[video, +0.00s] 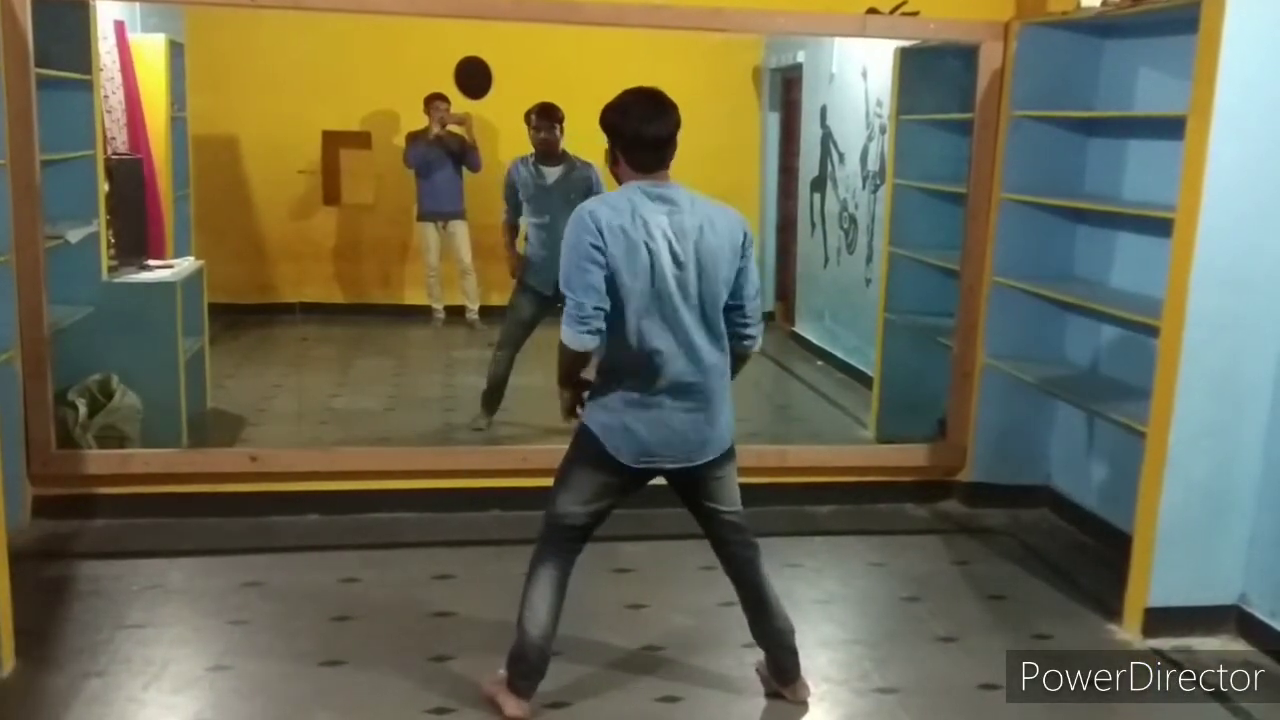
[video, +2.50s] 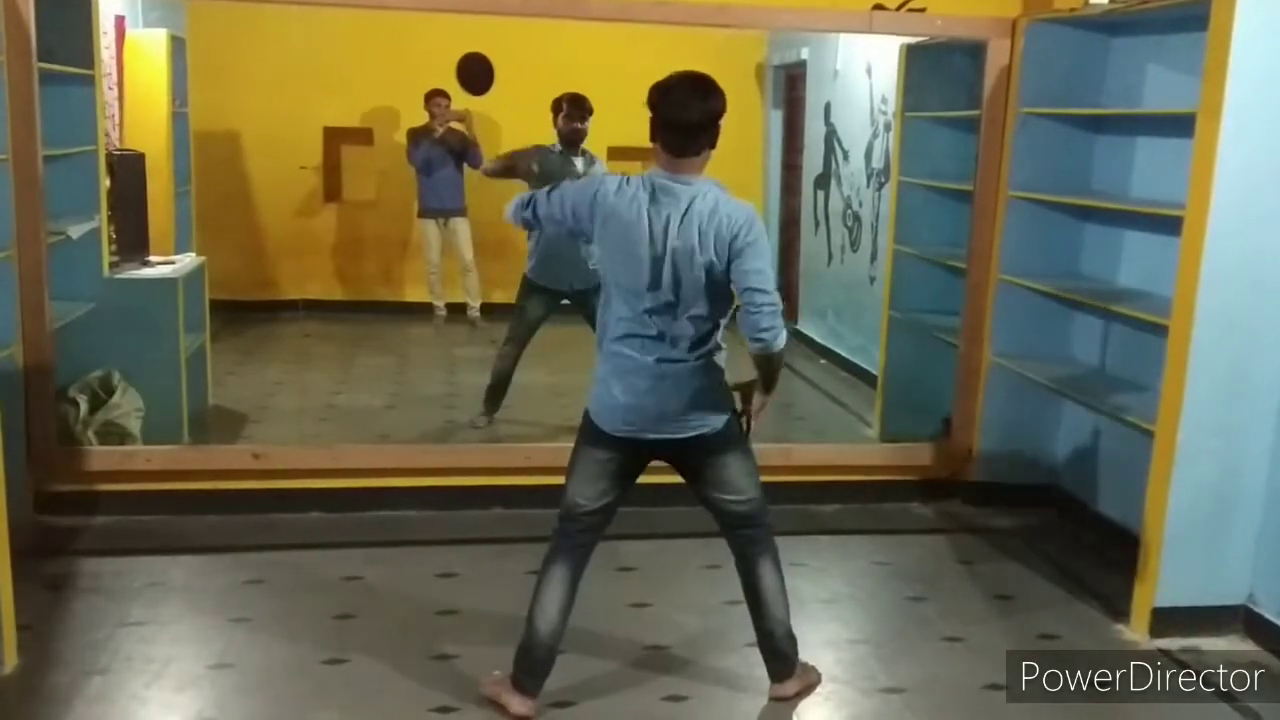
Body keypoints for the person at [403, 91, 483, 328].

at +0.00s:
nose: (441, 114)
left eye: (445, 109)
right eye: (436, 109)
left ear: (450, 113)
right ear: (427, 112)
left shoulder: (456, 140)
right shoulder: (416, 138)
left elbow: (475, 165)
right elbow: (411, 161)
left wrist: (469, 133)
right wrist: (431, 136)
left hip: (455, 212)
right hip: (428, 214)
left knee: (466, 264)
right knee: (432, 266)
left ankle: (472, 313)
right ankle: (437, 312)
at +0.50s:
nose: (441, 113)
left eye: (445, 109)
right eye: (436, 108)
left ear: (450, 112)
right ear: (428, 111)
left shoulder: (456, 138)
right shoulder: (417, 137)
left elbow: (475, 165)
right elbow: (415, 163)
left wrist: (470, 133)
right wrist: (435, 136)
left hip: (456, 211)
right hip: (428, 212)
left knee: (466, 264)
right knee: (433, 265)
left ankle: (473, 312)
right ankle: (438, 311)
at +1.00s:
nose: (440, 111)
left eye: (444, 107)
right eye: (436, 106)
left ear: (450, 110)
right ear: (427, 109)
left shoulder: (456, 137)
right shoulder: (417, 135)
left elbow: (475, 163)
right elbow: (414, 161)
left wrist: (469, 132)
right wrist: (435, 135)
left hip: (455, 210)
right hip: (428, 211)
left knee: (466, 263)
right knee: (432, 265)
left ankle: (473, 311)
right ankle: (438, 310)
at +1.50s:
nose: (440, 111)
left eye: (444, 106)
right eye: (435, 106)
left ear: (449, 109)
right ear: (427, 108)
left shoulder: (456, 136)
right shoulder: (416, 134)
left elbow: (474, 162)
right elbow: (415, 161)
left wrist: (470, 133)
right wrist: (434, 135)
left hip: (455, 210)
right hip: (428, 210)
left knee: (467, 262)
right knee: (432, 264)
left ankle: (473, 309)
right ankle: (437, 308)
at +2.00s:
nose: (440, 111)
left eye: (445, 106)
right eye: (436, 106)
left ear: (450, 110)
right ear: (427, 109)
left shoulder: (457, 136)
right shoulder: (417, 135)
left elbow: (476, 163)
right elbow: (416, 161)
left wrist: (469, 132)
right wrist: (436, 135)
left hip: (456, 209)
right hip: (429, 210)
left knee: (467, 262)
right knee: (433, 264)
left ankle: (474, 310)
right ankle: (438, 309)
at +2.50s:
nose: (440, 110)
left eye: (444, 106)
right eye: (436, 106)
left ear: (450, 109)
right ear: (427, 108)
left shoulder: (457, 135)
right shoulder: (417, 134)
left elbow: (476, 162)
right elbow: (415, 161)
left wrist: (470, 130)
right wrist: (435, 134)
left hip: (456, 209)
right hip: (429, 210)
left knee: (468, 262)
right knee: (433, 263)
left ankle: (474, 310)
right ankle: (438, 308)